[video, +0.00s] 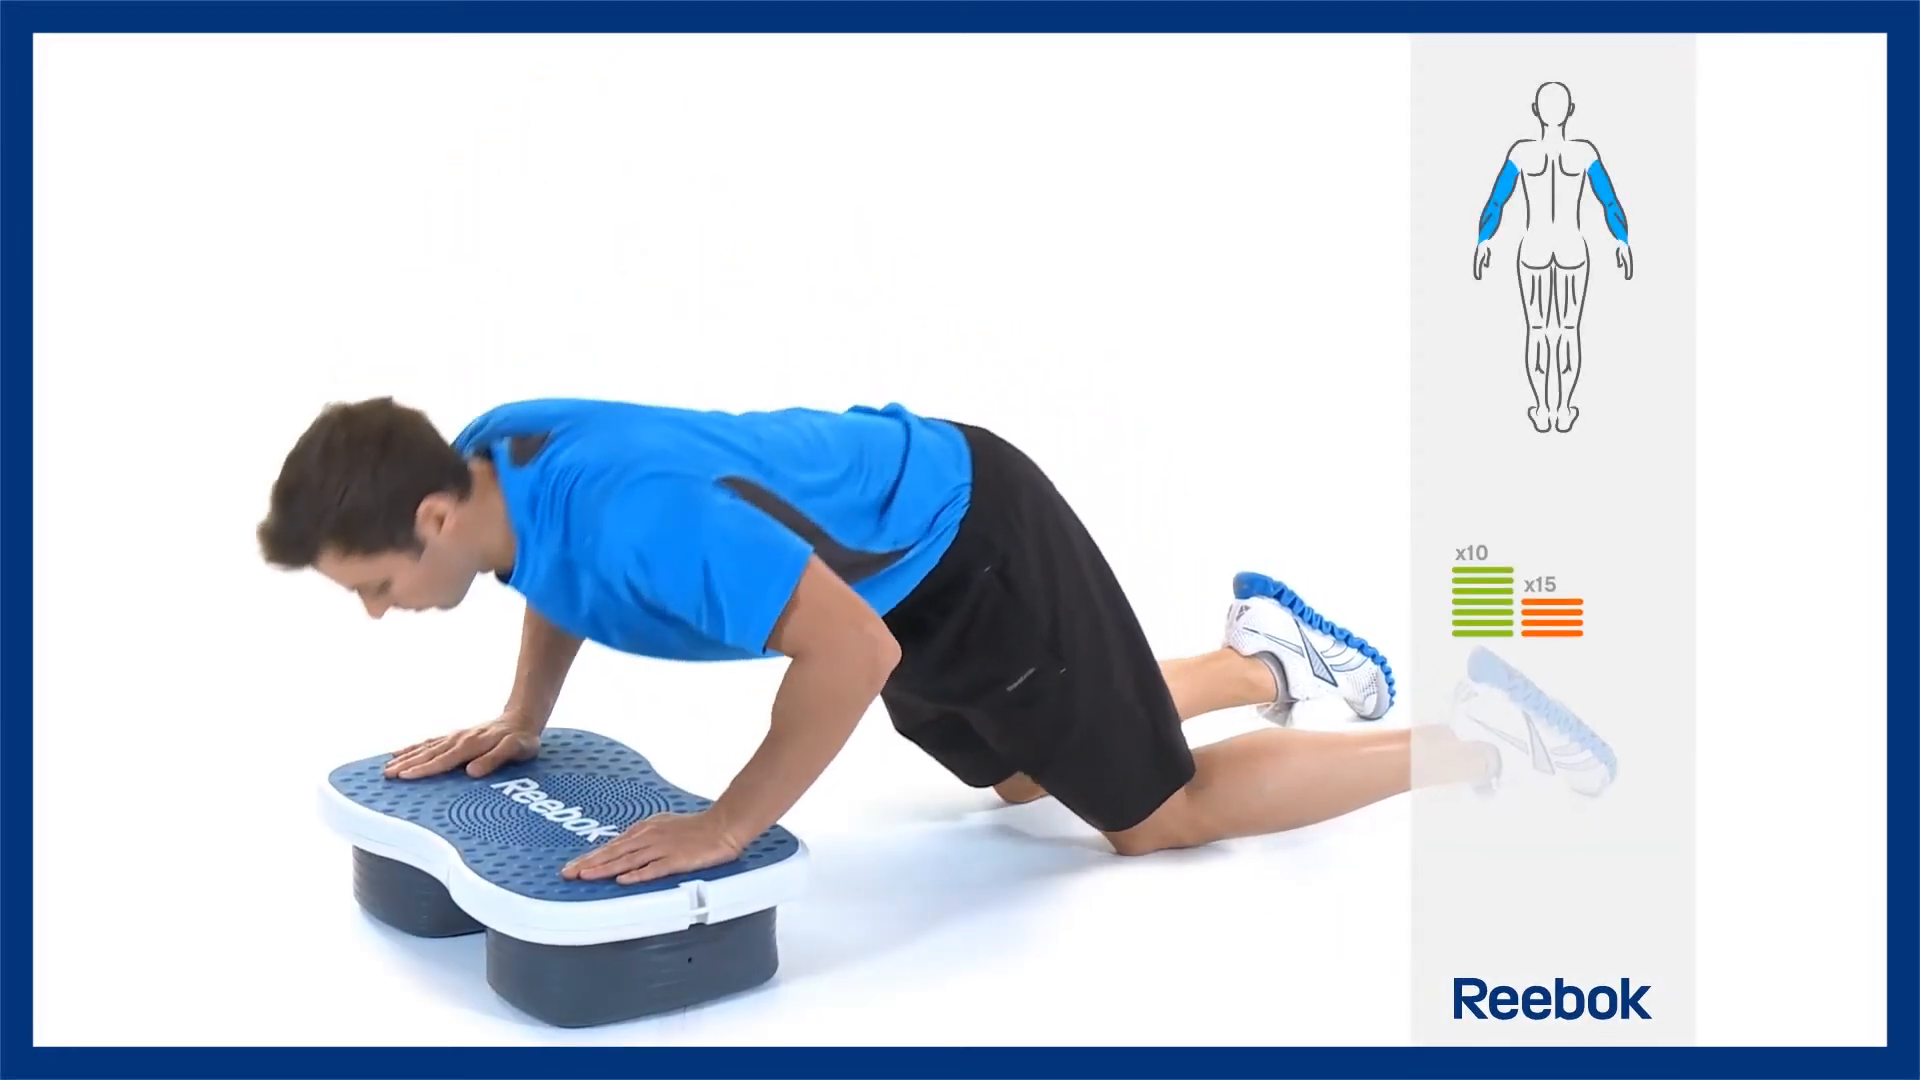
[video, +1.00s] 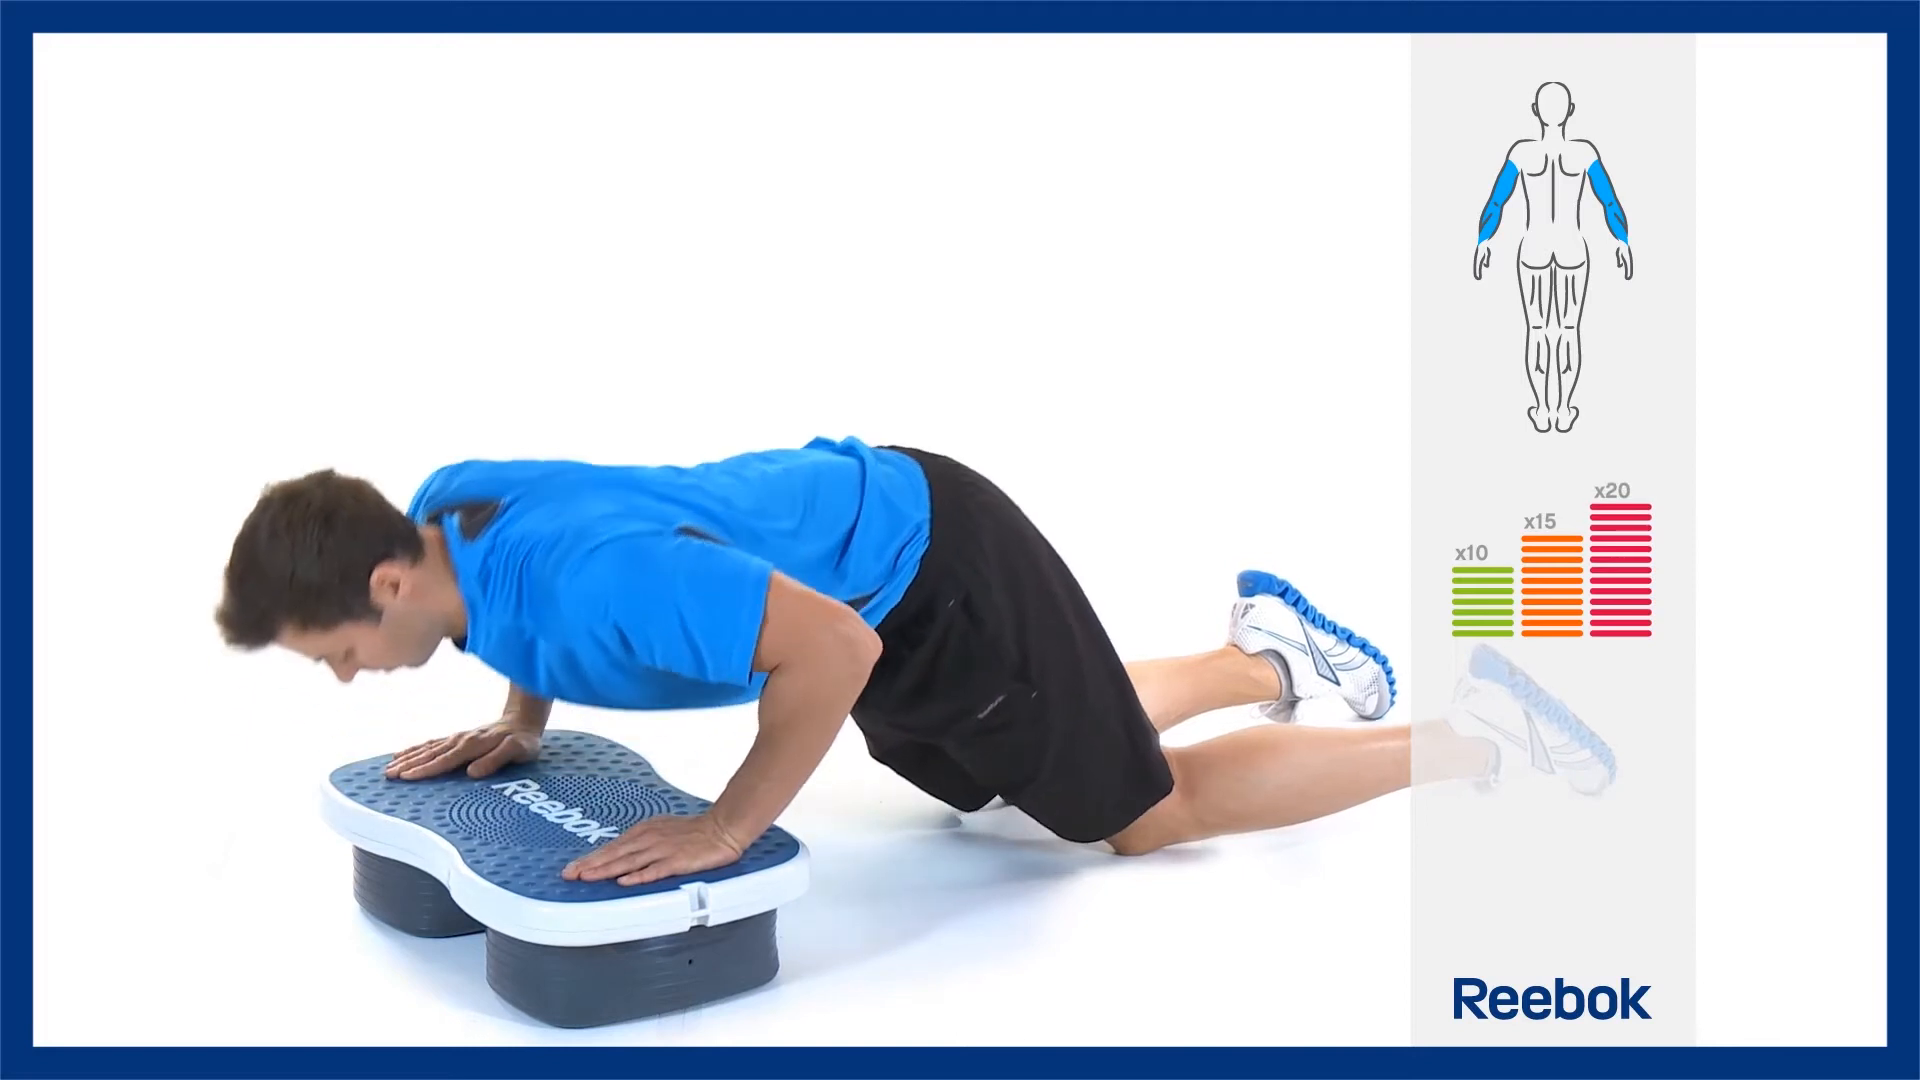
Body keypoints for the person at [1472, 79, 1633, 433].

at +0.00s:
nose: (1553, 107)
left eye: (1554, 100)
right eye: (1552, 100)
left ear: (1537, 108)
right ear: (1569, 108)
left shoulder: (1521, 150)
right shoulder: (1584, 150)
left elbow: (1497, 199)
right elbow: (1609, 200)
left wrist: (1482, 240)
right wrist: (1623, 240)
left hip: (1533, 249)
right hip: (1572, 249)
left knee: (1536, 328)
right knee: (1569, 328)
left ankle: (1542, 407)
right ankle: (1564, 407)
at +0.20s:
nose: (1553, 107)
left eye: (1554, 100)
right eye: (1552, 100)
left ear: (1537, 108)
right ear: (1569, 108)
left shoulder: (1521, 151)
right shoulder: (1585, 150)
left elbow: (1497, 200)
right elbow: (1609, 199)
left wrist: (1482, 240)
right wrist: (1623, 240)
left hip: (1534, 249)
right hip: (1572, 249)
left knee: (1537, 328)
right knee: (1569, 329)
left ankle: (1542, 407)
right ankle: (1564, 407)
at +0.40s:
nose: (1553, 107)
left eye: (1554, 100)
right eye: (1552, 100)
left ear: (1537, 108)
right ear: (1569, 108)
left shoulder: (1521, 151)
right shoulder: (1585, 150)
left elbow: (1497, 200)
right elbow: (1609, 199)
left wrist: (1482, 240)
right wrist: (1623, 240)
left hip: (1534, 249)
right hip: (1572, 249)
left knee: (1537, 328)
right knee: (1569, 329)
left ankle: (1542, 407)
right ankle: (1564, 407)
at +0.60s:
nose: (1553, 107)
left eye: (1554, 100)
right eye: (1552, 100)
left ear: (1537, 108)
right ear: (1569, 108)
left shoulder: (1521, 151)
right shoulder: (1585, 150)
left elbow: (1497, 200)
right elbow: (1609, 199)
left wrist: (1482, 240)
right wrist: (1623, 240)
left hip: (1534, 249)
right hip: (1572, 249)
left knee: (1537, 328)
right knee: (1569, 329)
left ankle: (1542, 407)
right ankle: (1564, 407)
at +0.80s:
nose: (1553, 107)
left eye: (1553, 100)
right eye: (1552, 100)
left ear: (1537, 108)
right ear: (1569, 108)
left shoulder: (1521, 150)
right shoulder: (1585, 150)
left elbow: (1497, 200)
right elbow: (1609, 200)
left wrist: (1482, 240)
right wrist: (1623, 240)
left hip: (1533, 249)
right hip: (1572, 249)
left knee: (1537, 328)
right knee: (1569, 329)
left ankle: (1542, 407)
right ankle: (1564, 407)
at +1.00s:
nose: (1553, 106)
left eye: (1552, 100)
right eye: (1554, 100)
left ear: (1536, 108)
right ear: (1569, 108)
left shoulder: (1521, 150)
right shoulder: (1584, 150)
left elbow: (1497, 200)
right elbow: (1609, 200)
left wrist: (1482, 240)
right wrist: (1623, 240)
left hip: (1533, 249)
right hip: (1572, 249)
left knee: (1536, 328)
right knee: (1569, 328)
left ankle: (1542, 408)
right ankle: (1564, 407)